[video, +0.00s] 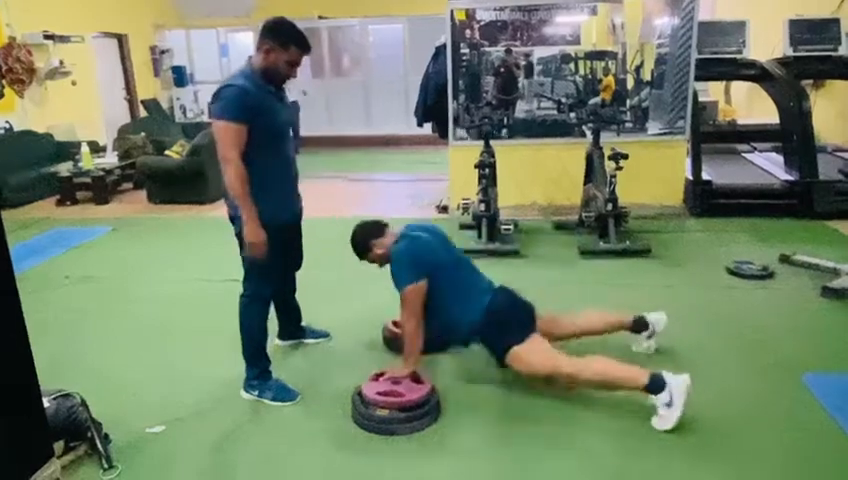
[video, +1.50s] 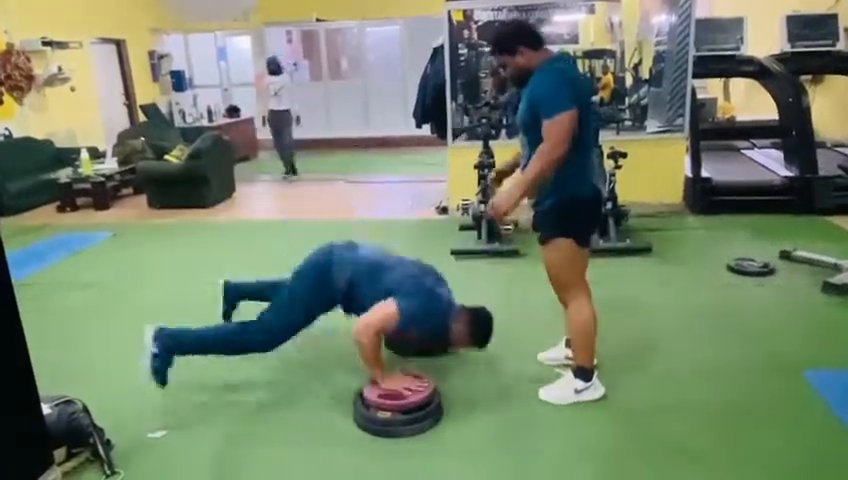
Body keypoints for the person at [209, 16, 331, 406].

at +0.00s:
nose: (295, 71)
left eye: (298, 64)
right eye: (291, 63)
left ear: (275, 55)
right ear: (266, 51)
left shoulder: (272, 91)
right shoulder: (235, 95)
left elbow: (277, 153)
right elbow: (230, 162)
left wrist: (289, 199)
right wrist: (249, 221)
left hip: (285, 207)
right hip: (257, 212)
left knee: (286, 272)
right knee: (258, 291)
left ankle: (290, 329)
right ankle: (257, 377)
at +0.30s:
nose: (297, 71)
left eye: (300, 64)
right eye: (293, 63)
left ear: (278, 55)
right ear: (268, 52)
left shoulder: (276, 91)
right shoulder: (237, 94)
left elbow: (291, 147)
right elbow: (233, 161)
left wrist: (314, 185)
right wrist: (264, 217)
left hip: (284, 204)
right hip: (254, 210)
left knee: (288, 267)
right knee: (260, 288)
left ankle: (290, 328)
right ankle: (257, 377)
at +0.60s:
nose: (328, 92)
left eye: (332, 85)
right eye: (326, 83)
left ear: (316, 74)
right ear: (307, 69)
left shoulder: (301, 103)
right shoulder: (263, 101)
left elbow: (289, 158)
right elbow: (239, 164)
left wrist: (296, 199)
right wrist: (269, 216)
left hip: (284, 207)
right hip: (252, 211)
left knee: (295, 267)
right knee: (263, 289)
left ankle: (291, 328)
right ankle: (257, 378)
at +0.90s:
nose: (371, 199)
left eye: (375, 193)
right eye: (371, 191)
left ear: (355, 176)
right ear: (357, 180)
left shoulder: (336, 196)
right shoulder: (313, 201)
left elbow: (351, 239)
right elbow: (312, 273)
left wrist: (373, 278)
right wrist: (346, 323)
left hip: (273, 251)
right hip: (246, 261)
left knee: (328, 275)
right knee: (299, 311)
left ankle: (298, 331)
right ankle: (258, 384)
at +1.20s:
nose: (415, 296)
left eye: (420, 293)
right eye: (418, 290)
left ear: (415, 264)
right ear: (413, 276)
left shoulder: (391, 252)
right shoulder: (370, 269)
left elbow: (386, 286)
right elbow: (342, 335)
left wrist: (403, 317)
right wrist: (379, 377)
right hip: (276, 265)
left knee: (333, 298)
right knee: (319, 324)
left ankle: (294, 329)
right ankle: (262, 379)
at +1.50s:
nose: (458, 346)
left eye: (468, 344)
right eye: (463, 342)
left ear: (467, 316)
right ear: (460, 329)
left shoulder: (443, 294)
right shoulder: (423, 308)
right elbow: (364, 329)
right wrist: (380, 376)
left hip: (347, 256)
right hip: (331, 272)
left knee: (295, 290)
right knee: (265, 334)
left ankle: (236, 288)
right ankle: (167, 341)